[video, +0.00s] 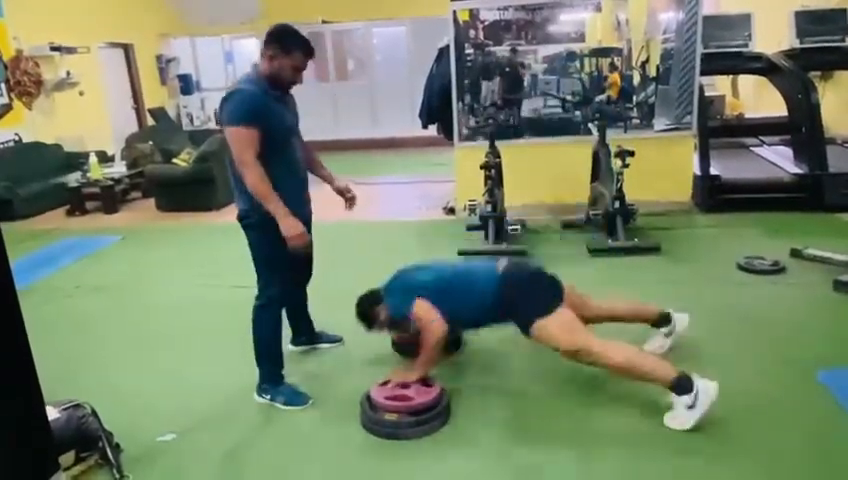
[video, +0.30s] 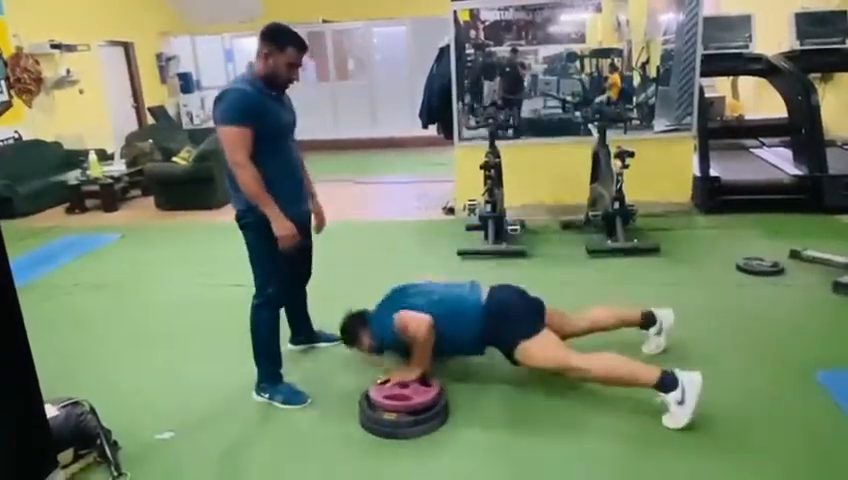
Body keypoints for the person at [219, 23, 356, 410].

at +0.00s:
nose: (300, 77)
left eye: (303, 69)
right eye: (297, 68)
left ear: (279, 61)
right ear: (271, 57)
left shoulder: (281, 95)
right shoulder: (243, 101)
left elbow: (296, 147)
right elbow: (248, 169)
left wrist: (332, 181)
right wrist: (284, 217)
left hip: (293, 208)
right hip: (263, 214)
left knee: (297, 278)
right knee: (272, 294)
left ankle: (303, 334)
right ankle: (270, 382)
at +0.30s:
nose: (297, 74)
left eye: (299, 66)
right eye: (292, 66)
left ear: (275, 60)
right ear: (267, 57)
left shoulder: (277, 97)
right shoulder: (237, 100)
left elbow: (290, 153)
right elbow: (240, 166)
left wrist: (312, 199)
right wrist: (276, 217)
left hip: (292, 208)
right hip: (260, 215)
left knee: (297, 278)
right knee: (269, 294)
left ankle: (302, 333)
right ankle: (268, 381)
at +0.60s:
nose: (296, 72)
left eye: (299, 65)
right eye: (291, 64)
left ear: (277, 59)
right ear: (266, 56)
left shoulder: (278, 96)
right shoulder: (235, 99)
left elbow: (288, 154)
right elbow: (234, 167)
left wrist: (305, 200)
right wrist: (263, 220)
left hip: (290, 209)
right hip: (259, 216)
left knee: (295, 277)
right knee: (268, 294)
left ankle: (300, 332)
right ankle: (266, 380)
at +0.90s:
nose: (298, 78)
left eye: (301, 70)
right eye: (293, 69)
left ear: (279, 63)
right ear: (269, 59)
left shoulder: (282, 100)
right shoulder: (236, 101)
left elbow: (296, 153)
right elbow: (238, 168)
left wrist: (322, 198)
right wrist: (271, 220)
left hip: (291, 209)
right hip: (259, 216)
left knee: (296, 276)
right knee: (270, 294)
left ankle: (300, 333)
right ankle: (266, 381)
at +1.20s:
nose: (301, 69)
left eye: (303, 62)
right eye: (295, 62)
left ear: (280, 58)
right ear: (270, 56)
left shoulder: (287, 97)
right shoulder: (239, 101)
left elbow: (299, 149)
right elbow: (239, 167)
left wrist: (317, 195)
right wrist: (274, 219)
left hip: (294, 209)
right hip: (261, 217)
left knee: (297, 278)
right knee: (269, 296)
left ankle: (300, 334)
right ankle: (265, 382)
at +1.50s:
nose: (331, 95)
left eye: (335, 88)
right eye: (329, 87)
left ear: (320, 79)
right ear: (310, 73)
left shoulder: (305, 106)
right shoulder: (264, 106)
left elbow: (304, 162)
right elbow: (244, 170)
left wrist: (308, 205)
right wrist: (274, 220)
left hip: (293, 211)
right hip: (257, 216)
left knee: (304, 270)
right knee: (276, 293)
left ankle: (300, 333)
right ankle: (264, 382)